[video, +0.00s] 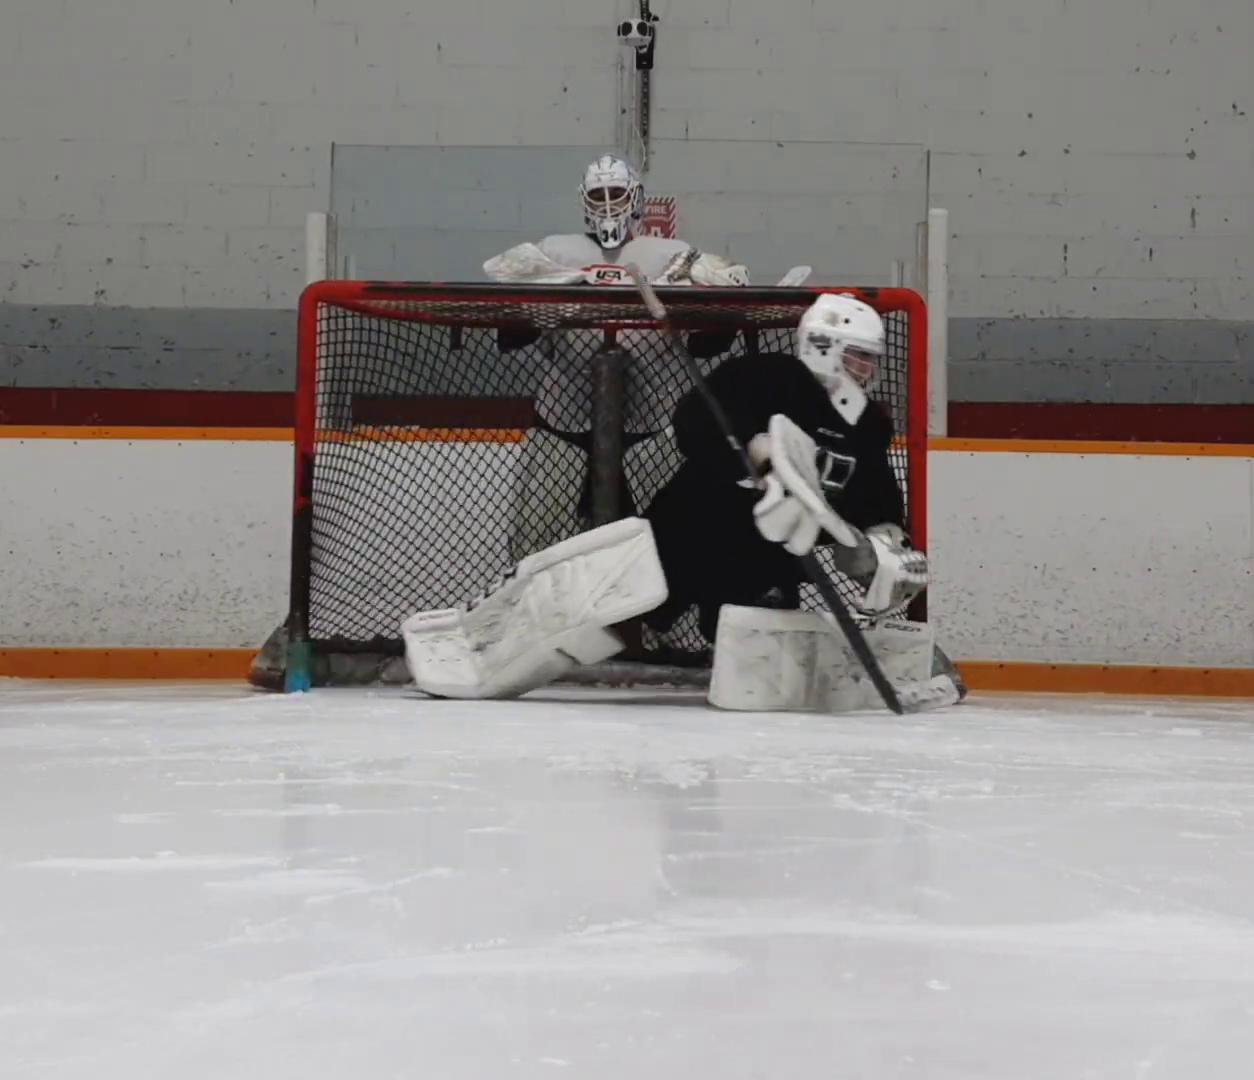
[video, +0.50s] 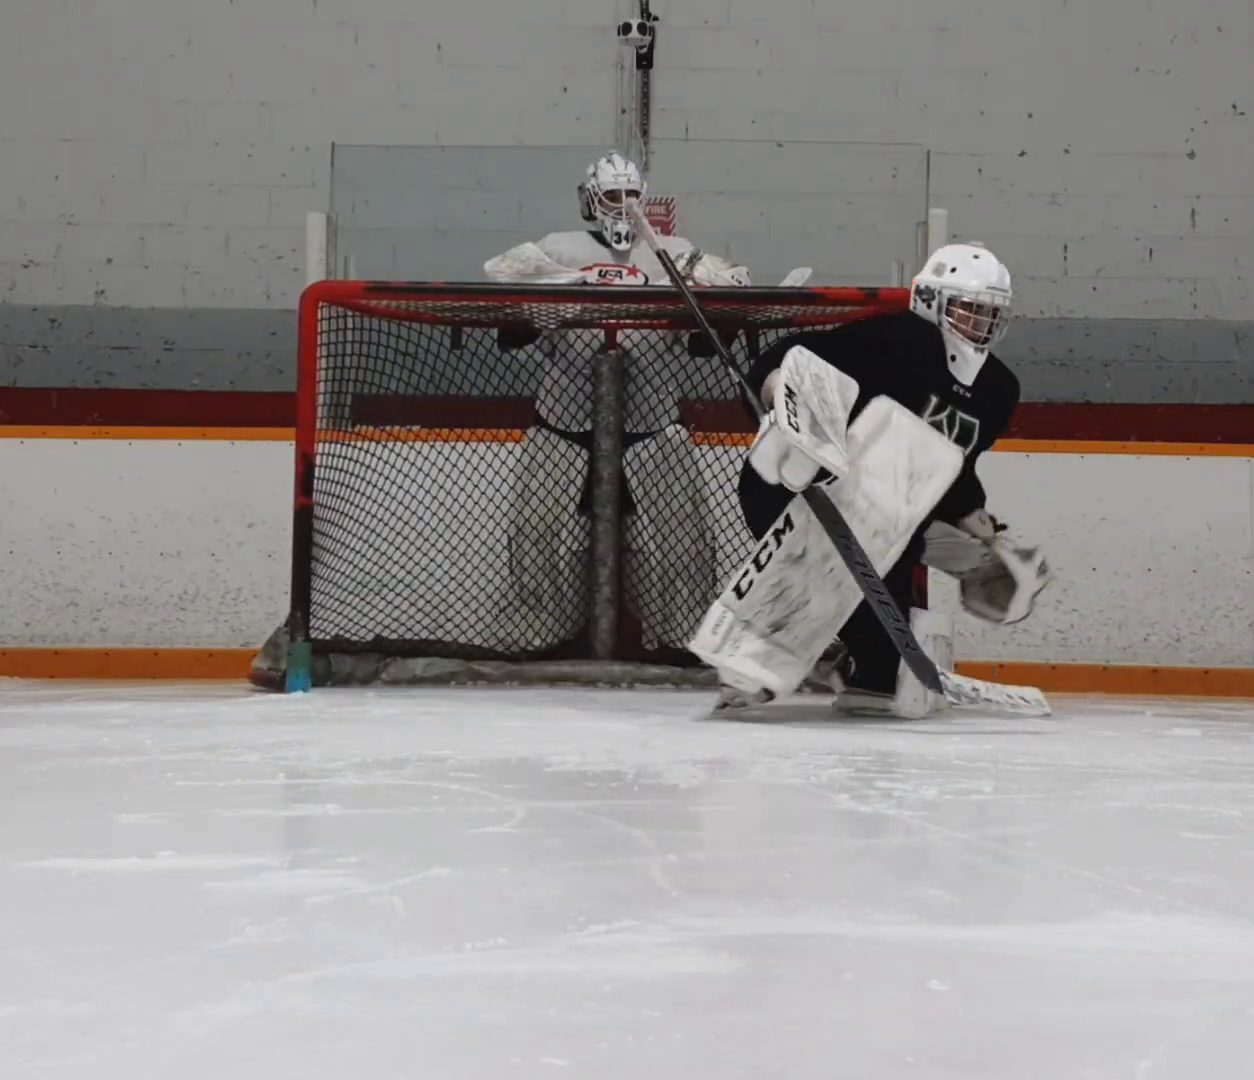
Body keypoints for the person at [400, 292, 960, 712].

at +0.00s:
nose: (866, 372)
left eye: (872, 362)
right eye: (857, 359)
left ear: (870, 364)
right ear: (818, 348)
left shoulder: (867, 426)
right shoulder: (765, 376)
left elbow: (883, 508)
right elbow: (692, 416)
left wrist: (876, 536)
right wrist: (753, 453)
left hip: (782, 566)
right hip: (695, 539)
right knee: (587, 610)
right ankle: (479, 652)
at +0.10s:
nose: (925, 368)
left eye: (930, 357)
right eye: (915, 354)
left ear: (929, 358)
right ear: (878, 346)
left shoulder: (924, 430)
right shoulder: (826, 373)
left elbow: (900, 514)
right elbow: (752, 422)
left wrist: (914, 571)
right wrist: (804, 460)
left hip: (821, 567)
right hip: (748, 534)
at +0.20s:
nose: (970, 372)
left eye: (977, 362)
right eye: (961, 358)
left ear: (980, 364)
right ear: (923, 349)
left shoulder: (961, 435)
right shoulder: (874, 376)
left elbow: (919, 516)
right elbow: (791, 421)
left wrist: (911, 565)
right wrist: (833, 455)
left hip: (846, 552)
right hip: (775, 524)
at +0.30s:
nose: (982, 368)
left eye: (992, 361)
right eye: (974, 354)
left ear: (1002, 367)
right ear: (941, 344)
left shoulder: (977, 431)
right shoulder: (901, 372)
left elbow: (933, 518)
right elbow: (808, 409)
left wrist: (917, 560)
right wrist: (847, 449)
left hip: (860, 550)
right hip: (784, 523)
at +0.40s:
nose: (988, 355)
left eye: (999, 347)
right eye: (979, 340)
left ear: (1008, 351)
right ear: (945, 330)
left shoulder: (989, 419)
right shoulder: (901, 362)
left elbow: (938, 503)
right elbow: (788, 391)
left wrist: (938, 563)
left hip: (869, 530)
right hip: (786, 503)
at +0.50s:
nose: (980, 324)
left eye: (990, 315)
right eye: (969, 310)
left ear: (1001, 318)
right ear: (934, 301)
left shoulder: (997, 389)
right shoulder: (895, 338)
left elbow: (950, 467)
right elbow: (778, 359)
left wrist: (981, 526)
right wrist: (778, 387)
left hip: (878, 515)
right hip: (786, 482)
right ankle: (752, 671)